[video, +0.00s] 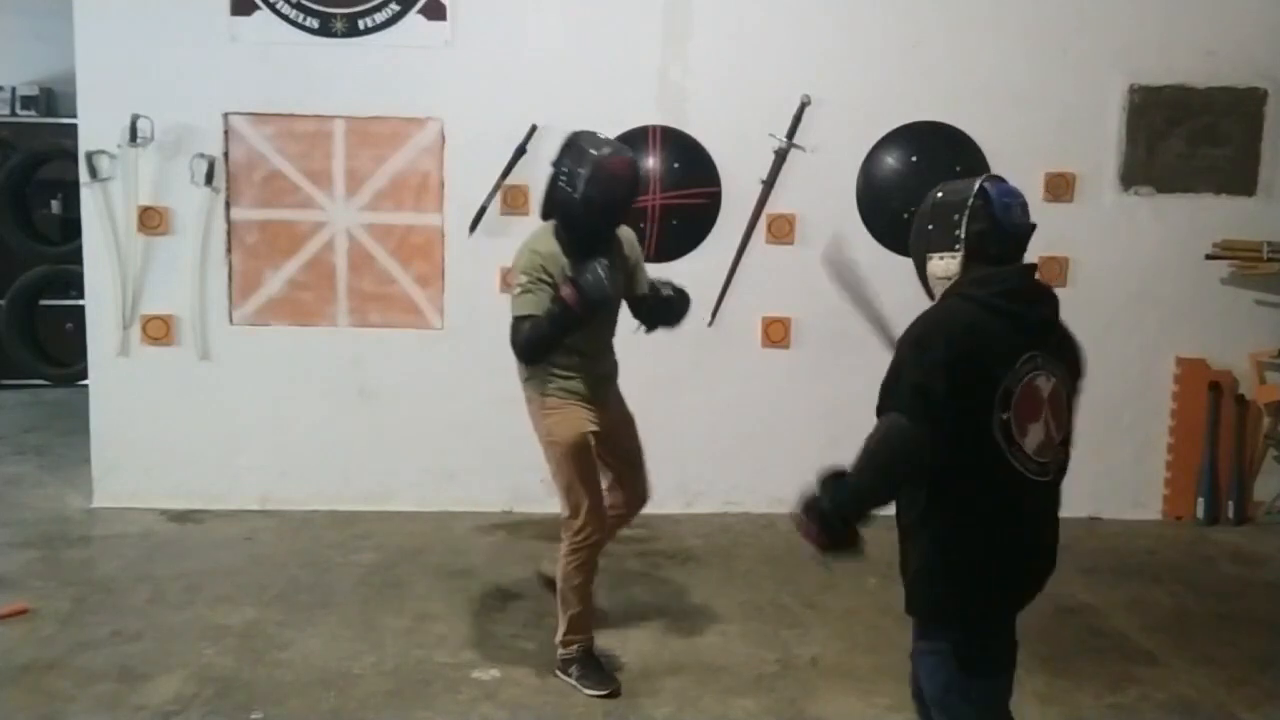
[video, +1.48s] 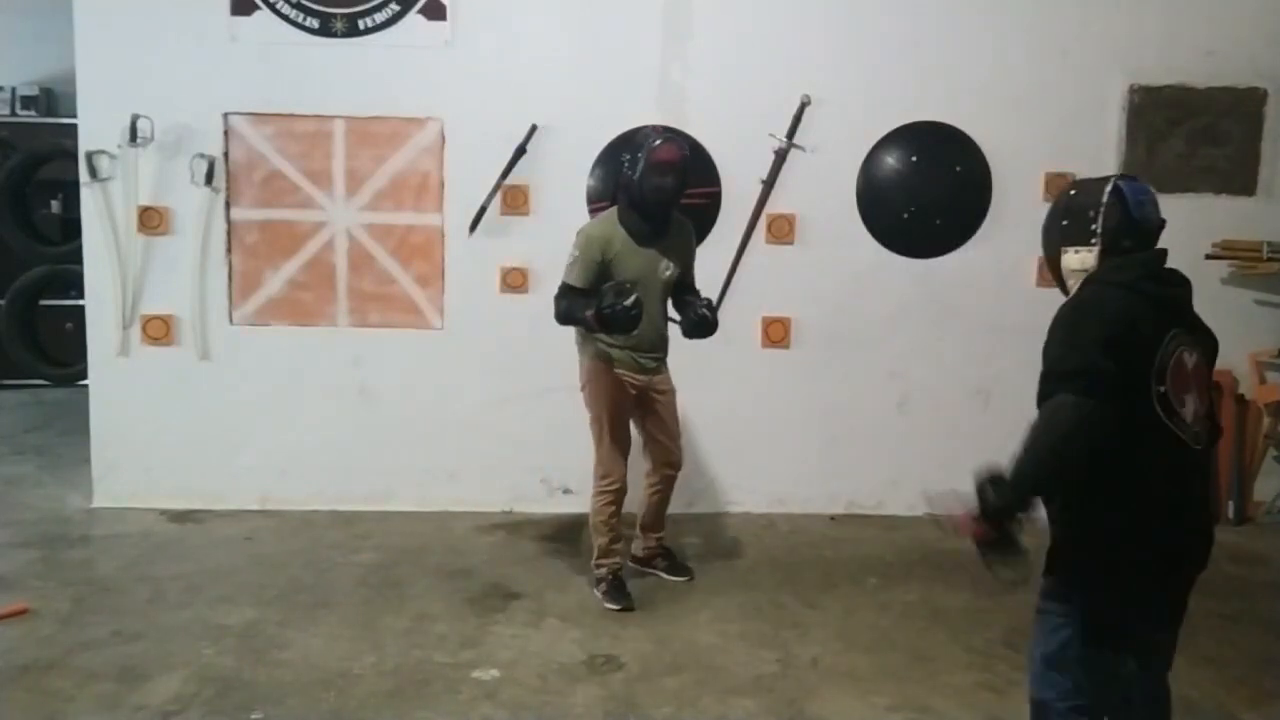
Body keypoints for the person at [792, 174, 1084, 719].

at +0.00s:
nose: (925, 259)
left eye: (932, 245)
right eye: (928, 245)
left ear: (952, 248)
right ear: (1008, 246)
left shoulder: (940, 332)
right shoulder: (1049, 328)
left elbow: (903, 442)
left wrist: (836, 505)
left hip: (955, 558)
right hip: (1022, 548)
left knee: (949, 692)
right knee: (981, 683)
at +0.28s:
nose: (889, 261)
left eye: (895, 247)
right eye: (892, 248)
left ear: (922, 248)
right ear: (962, 245)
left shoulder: (969, 317)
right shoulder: (952, 312)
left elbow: (965, 423)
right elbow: (892, 379)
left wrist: (871, 458)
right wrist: (813, 383)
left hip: (1000, 551)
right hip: (983, 544)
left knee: (980, 696)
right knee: (960, 680)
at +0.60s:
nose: (936, 268)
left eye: (942, 253)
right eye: (938, 254)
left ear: (965, 253)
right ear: (1008, 248)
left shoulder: (988, 319)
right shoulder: (1035, 304)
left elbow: (959, 429)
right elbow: (1025, 439)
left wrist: (880, 461)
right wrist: (959, 512)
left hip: (1005, 552)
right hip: (1035, 539)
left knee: (999, 692)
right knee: (974, 668)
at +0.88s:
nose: (999, 264)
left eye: (1005, 249)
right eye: (1000, 249)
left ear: (1030, 251)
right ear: (1078, 245)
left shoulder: (1035, 331)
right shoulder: (1121, 318)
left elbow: (985, 447)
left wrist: (920, 525)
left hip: (1046, 569)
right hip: (1107, 556)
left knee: (1032, 693)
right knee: (1069, 688)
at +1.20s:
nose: (1036, 262)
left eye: (1041, 248)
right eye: (1037, 248)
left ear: (1063, 248)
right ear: (1118, 242)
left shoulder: (1077, 325)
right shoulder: (1163, 319)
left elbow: (1069, 442)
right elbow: (1173, 441)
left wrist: (1048, 548)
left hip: (1086, 570)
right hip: (1146, 563)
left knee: (1073, 696)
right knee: (1124, 692)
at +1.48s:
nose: (1053, 266)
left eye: (1058, 251)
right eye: (1053, 251)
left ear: (1085, 245)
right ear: (1137, 241)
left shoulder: (1092, 312)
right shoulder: (1181, 314)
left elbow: (1068, 421)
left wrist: (1006, 495)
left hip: (1099, 548)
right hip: (1170, 546)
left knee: (1063, 688)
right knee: (1139, 689)